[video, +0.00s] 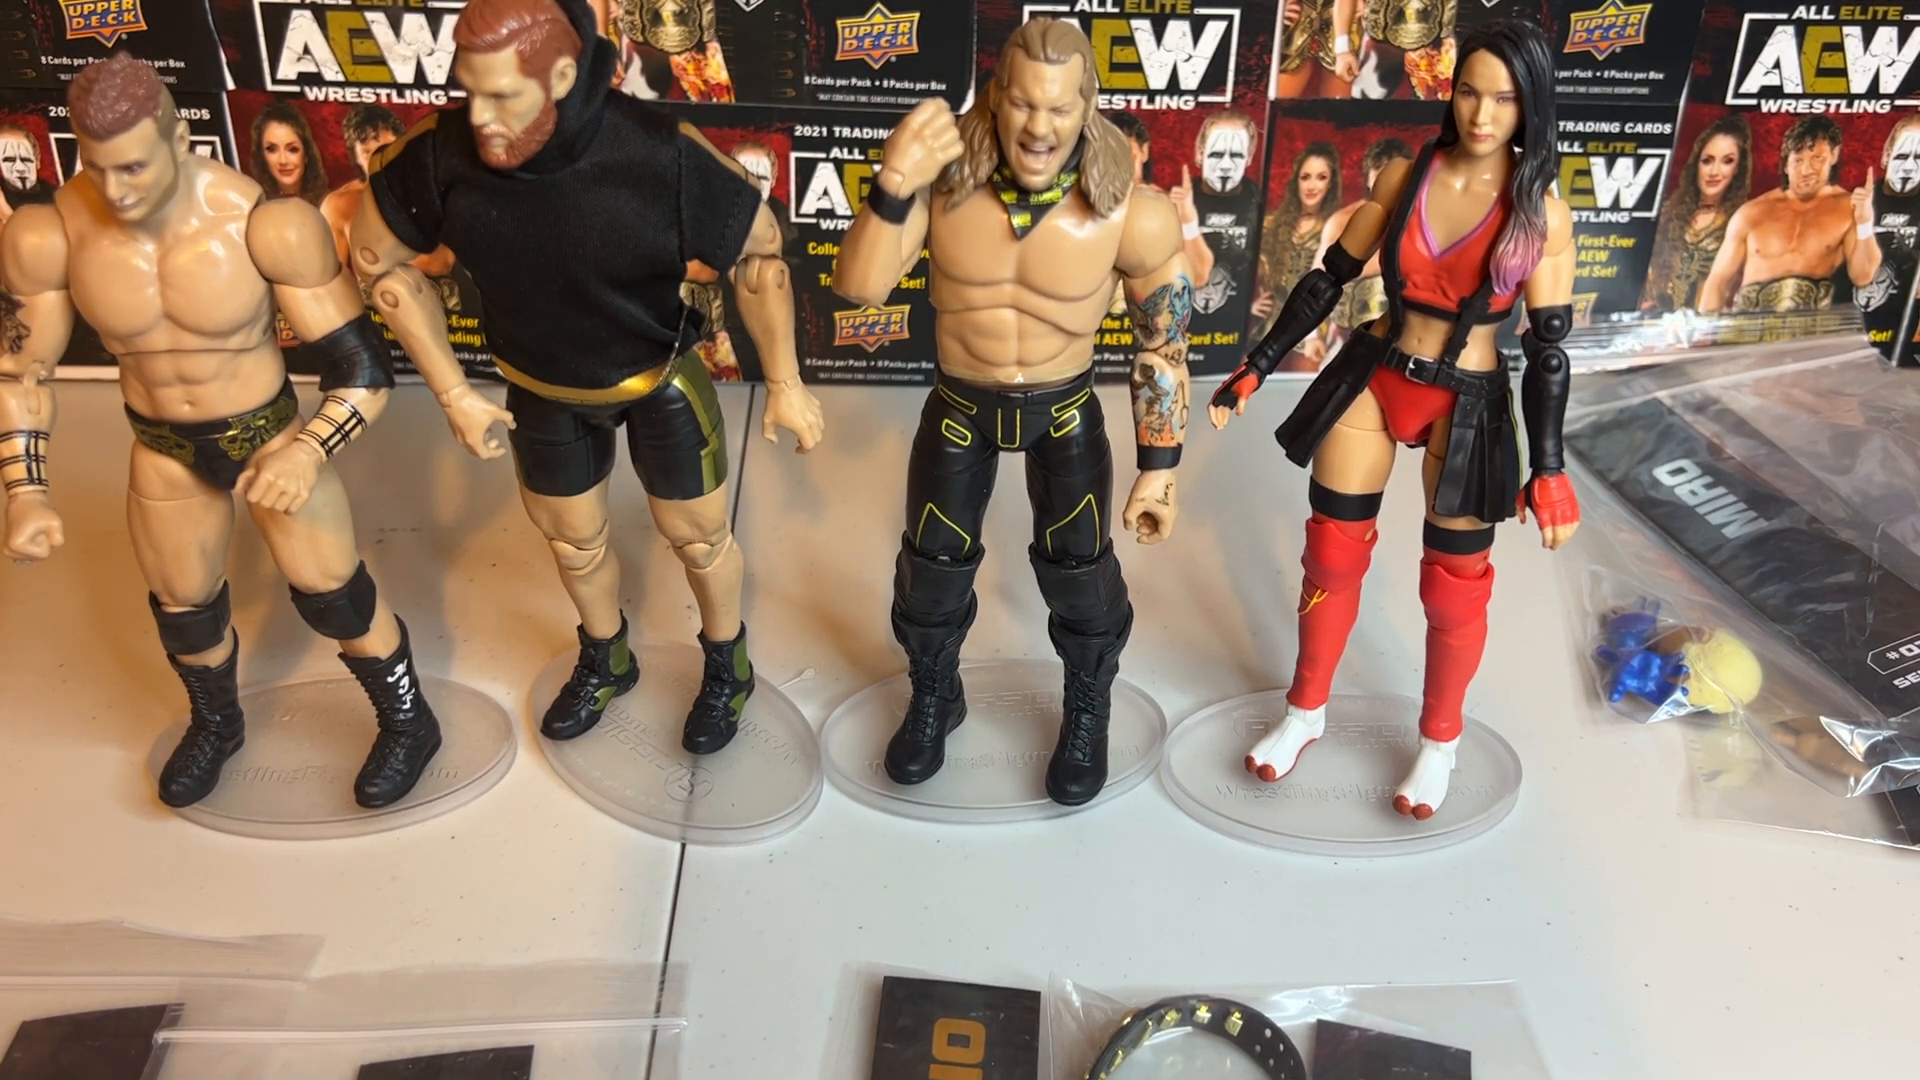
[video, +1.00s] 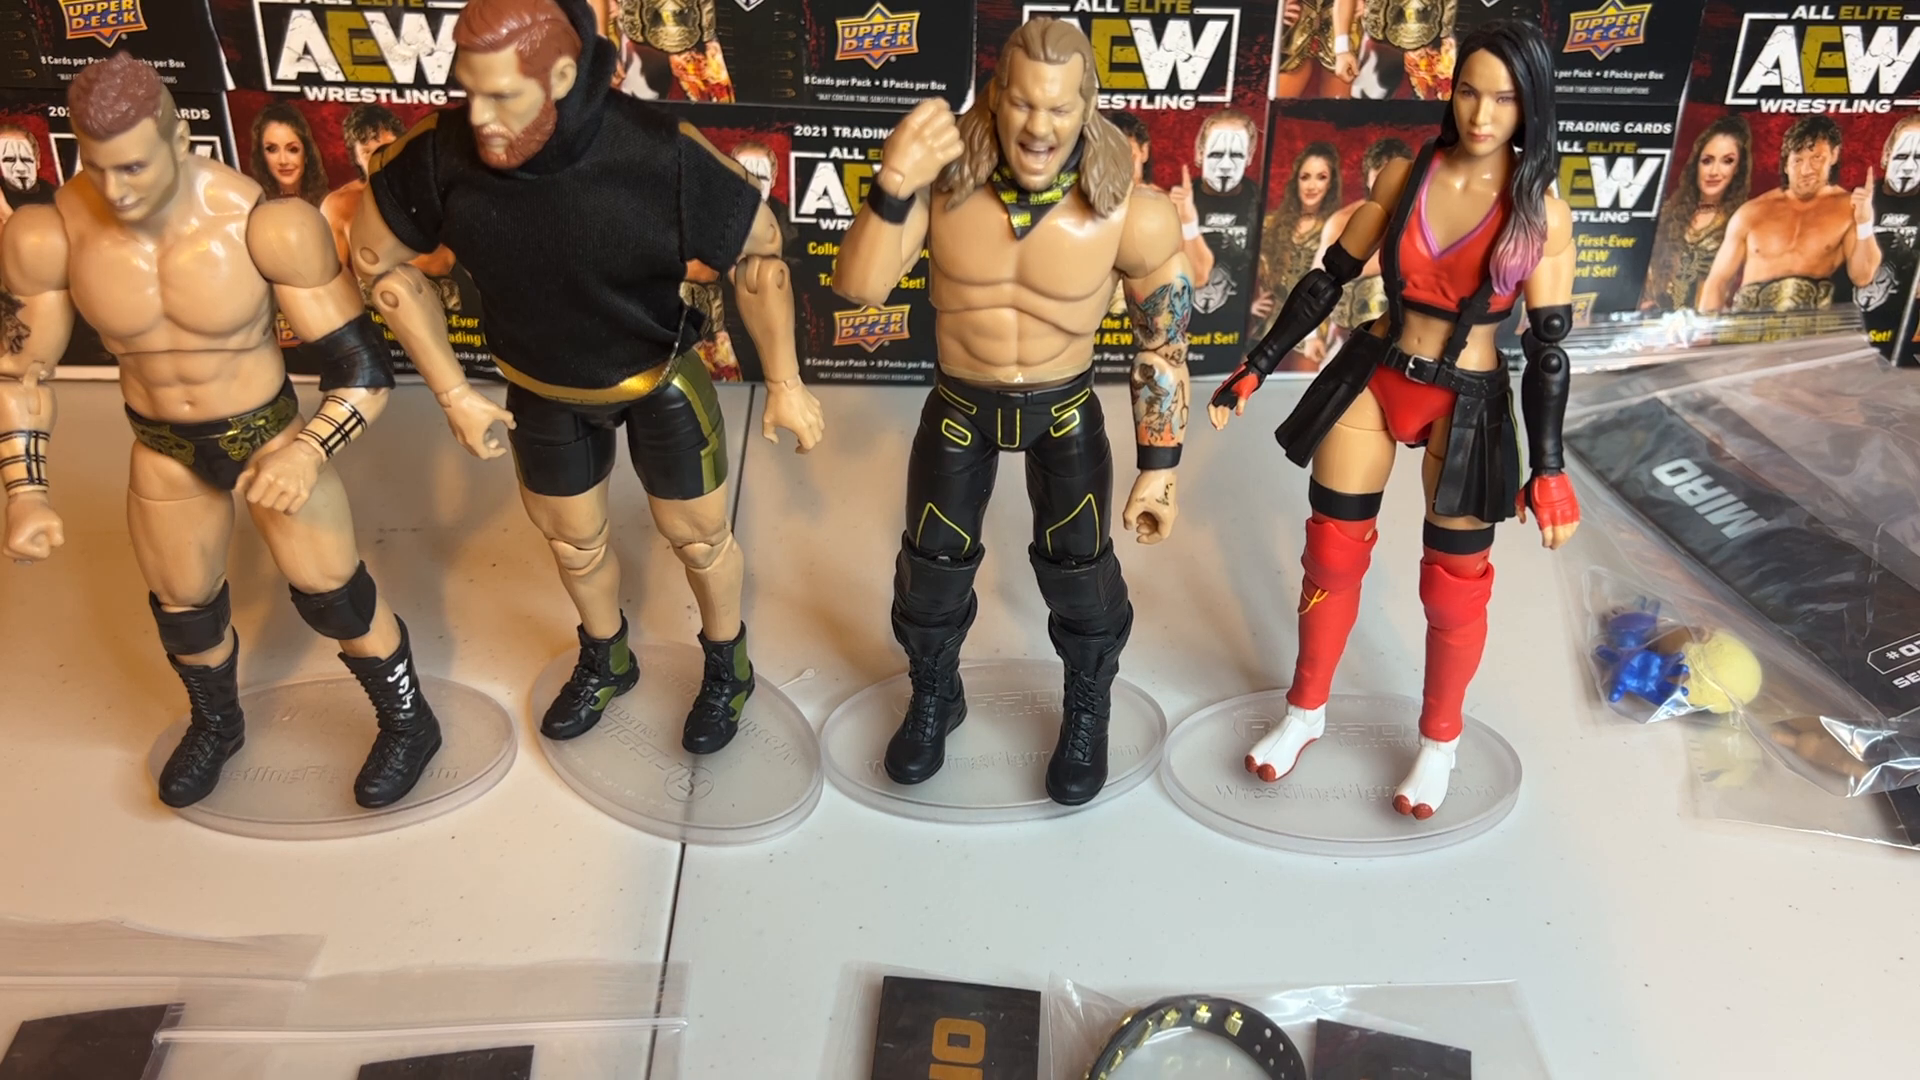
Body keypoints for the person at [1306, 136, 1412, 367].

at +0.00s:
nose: (1387, 181)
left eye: (1395, 173)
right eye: (1381, 171)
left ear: (1410, 176)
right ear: (1368, 175)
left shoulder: (1418, 216)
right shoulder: (1344, 221)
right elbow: (1321, 279)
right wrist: (1315, 335)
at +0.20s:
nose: (1388, 183)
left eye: (1397, 175)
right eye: (1381, 174)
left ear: (1410, 177)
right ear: (1368, 175)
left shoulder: (1418, 218)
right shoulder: (1343, 221)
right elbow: (1321, 280)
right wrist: (1314, 334)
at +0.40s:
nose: (1389, 180)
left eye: (1396, 173)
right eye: (1382, 170)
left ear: (1410, 177)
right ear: (1367, 174)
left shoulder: (1418, 216)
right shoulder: (1343, 221)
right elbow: (1322, 278)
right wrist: (1315, 335)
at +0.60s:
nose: (1388, 180)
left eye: (1396, 173)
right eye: (1381, 170)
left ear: (1410, 176)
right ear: (1367, 174)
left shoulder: (1416, 216)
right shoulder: (1344, 220)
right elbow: (1320, 277)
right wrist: (1314, 333)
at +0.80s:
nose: (1388, 180)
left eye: (1396, 173)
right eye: (1381, 171)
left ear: (1410, 177)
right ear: (1368, 174)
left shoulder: (1416, 216)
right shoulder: (1344, 219)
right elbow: (1321, 276)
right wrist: (1314, 334)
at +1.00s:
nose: (1388, 180)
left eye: (1396, 173)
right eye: (1381, 171)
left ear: (1410, 177)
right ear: (1367, 175)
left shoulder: (1416, 217)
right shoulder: (1343, 220)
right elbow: (1321, 276)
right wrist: (1314, 334)